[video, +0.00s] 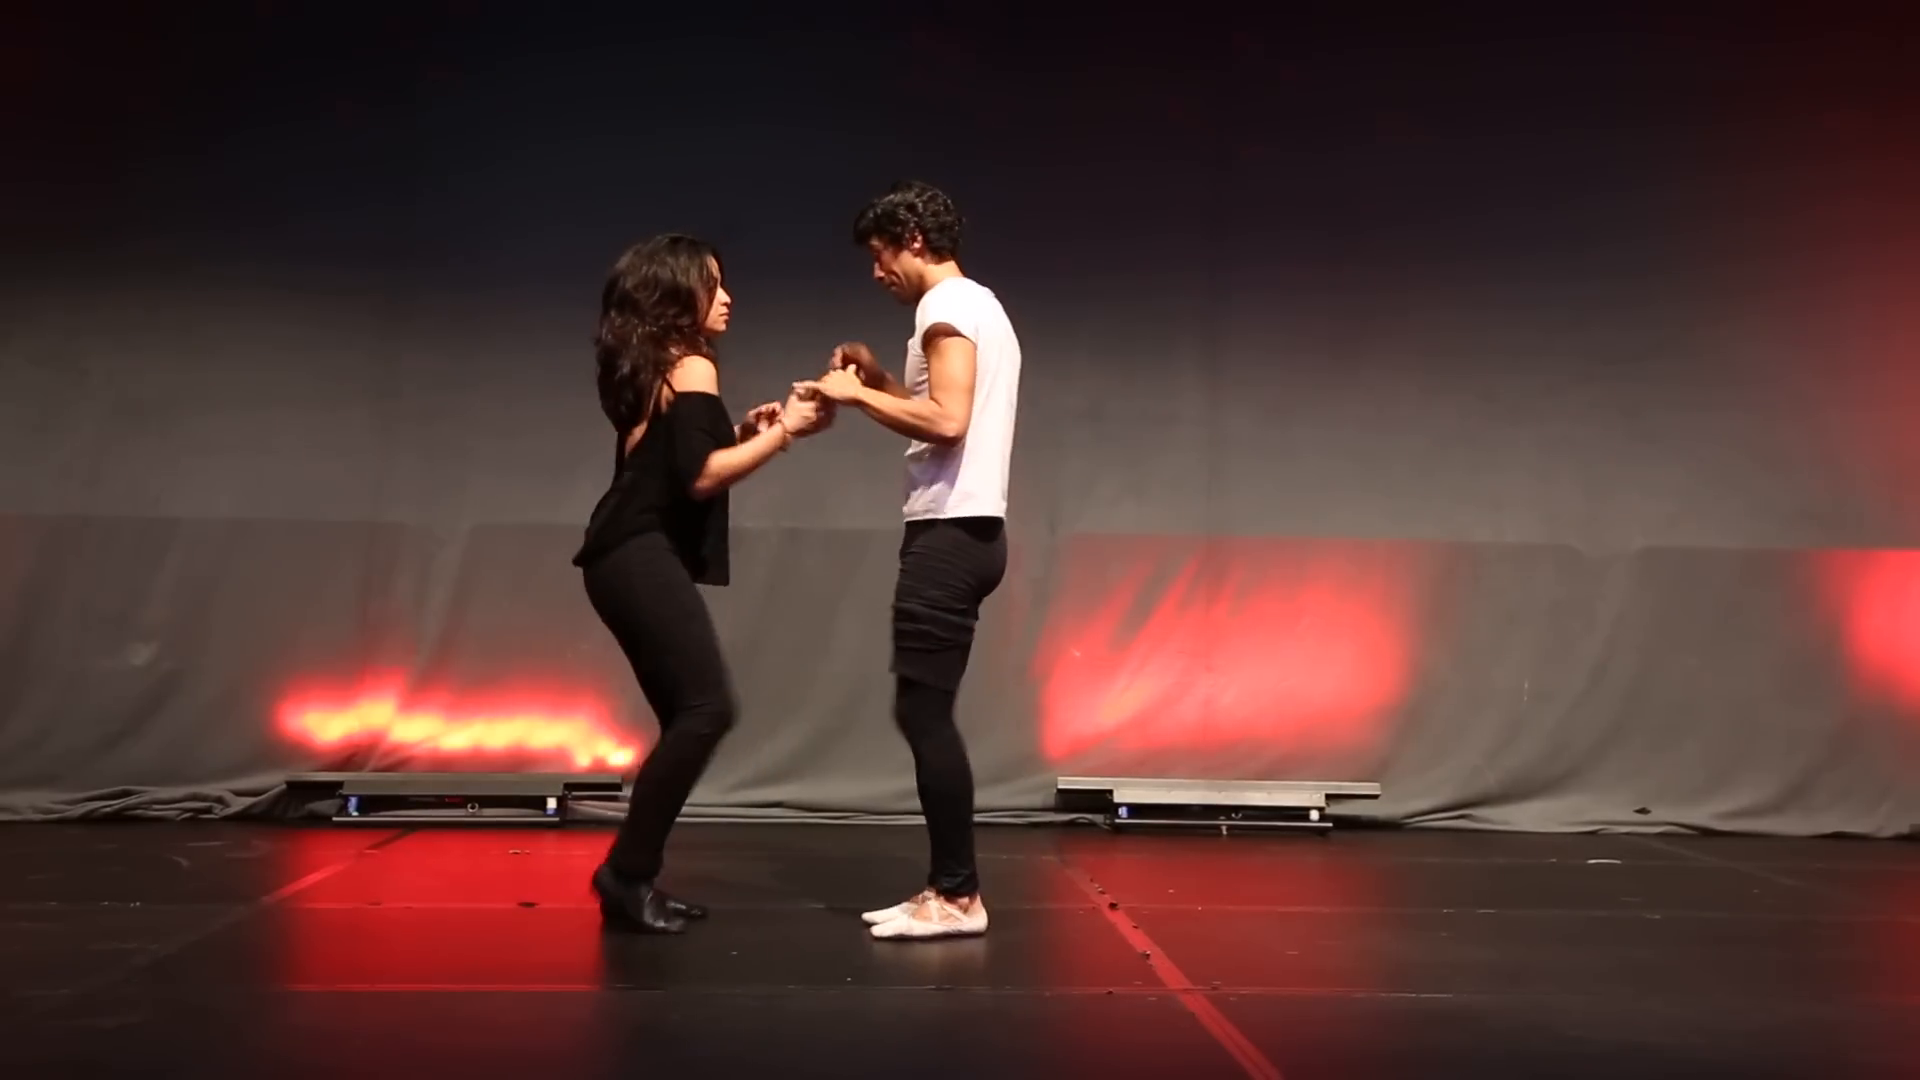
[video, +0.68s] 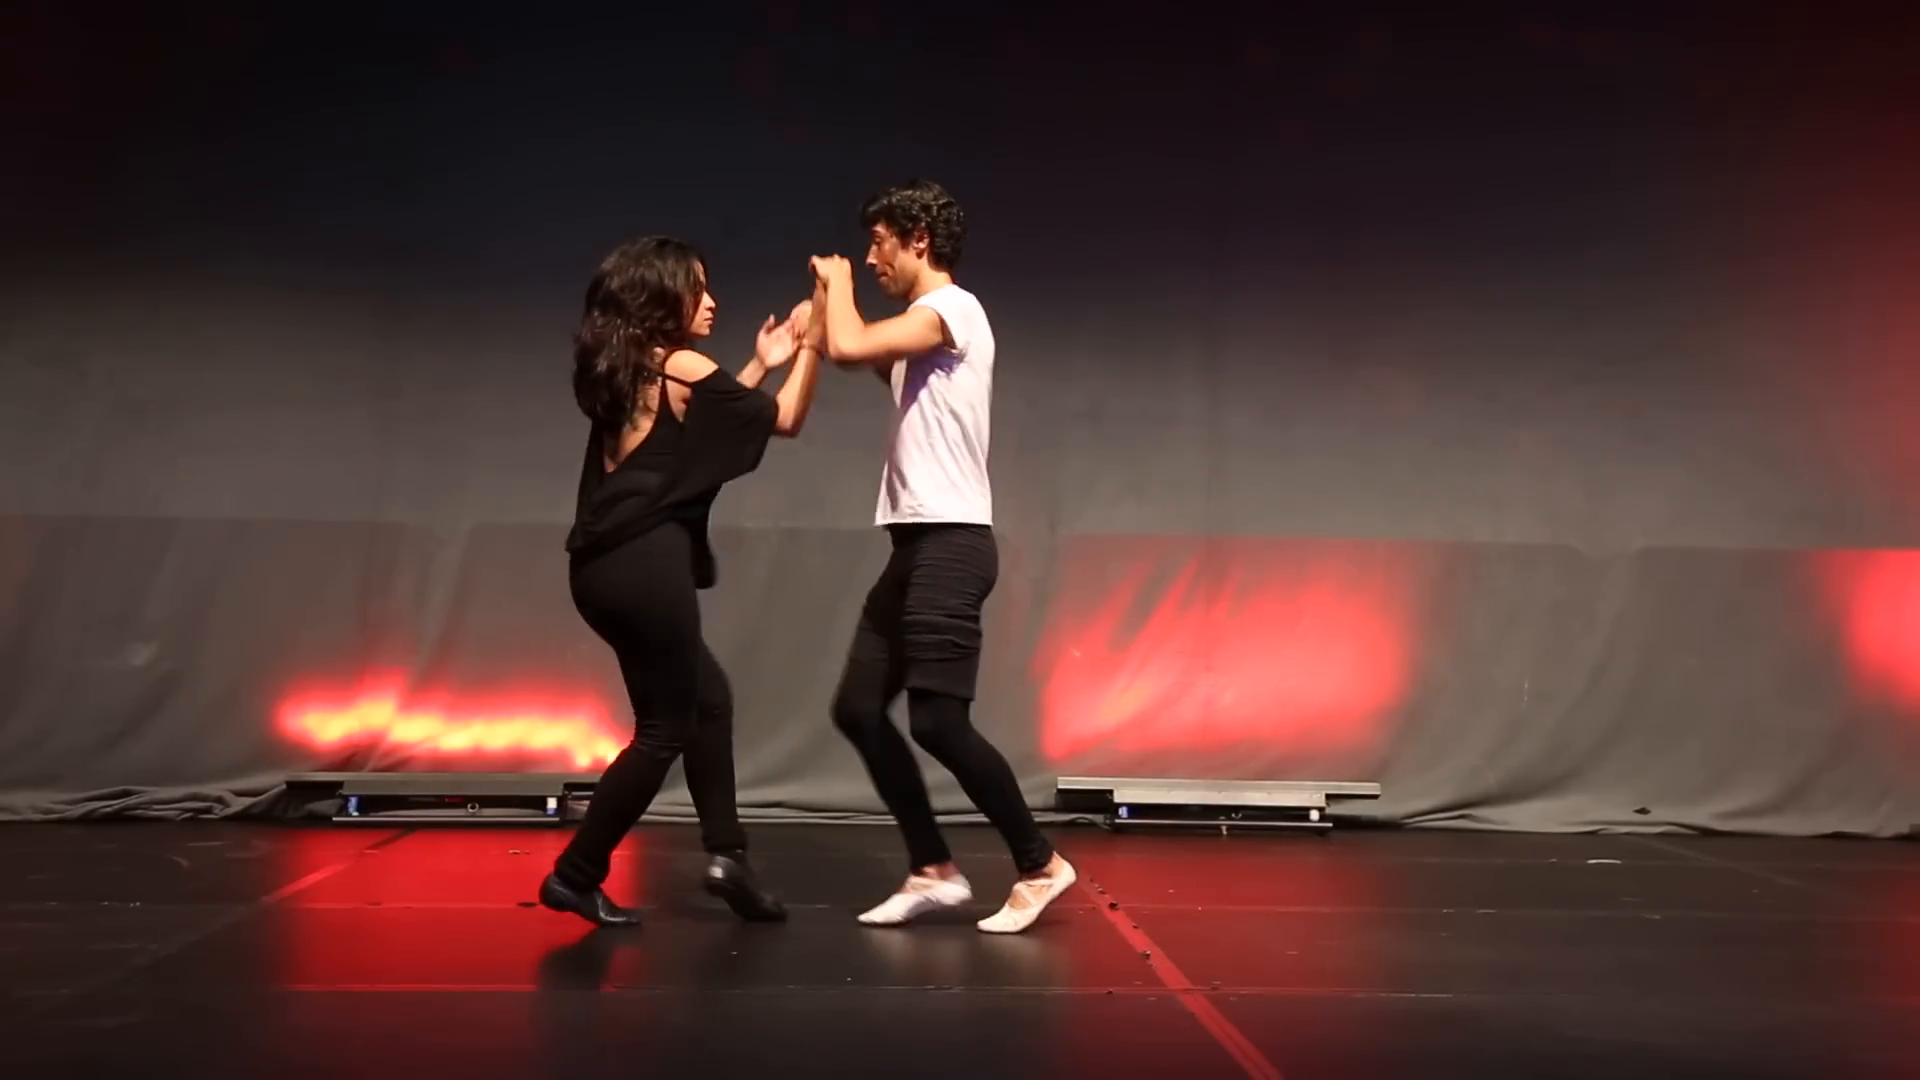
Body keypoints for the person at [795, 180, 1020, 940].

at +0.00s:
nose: (876, 273)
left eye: (880, 256)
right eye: (872, 259)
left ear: (914, 243)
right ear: (928, 247)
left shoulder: (948, 306)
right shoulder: (971, 307)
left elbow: (949, 419)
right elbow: (943, 415)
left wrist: (856, 394)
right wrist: (879, 379)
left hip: (949, 534)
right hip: (960, 532)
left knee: (924, 710)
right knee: (924, 710)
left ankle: (956, 895)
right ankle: (950, 888)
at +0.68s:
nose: (869, 259)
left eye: (878, 244)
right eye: (869, 246)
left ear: (918, 242)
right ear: (911, 247)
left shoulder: (952, 309)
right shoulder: (921, 323)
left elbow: (848, 343)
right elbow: (864, 355)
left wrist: (837, 278)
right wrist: (825, 322)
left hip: (953, 540)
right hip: (915, 541)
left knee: (938, 720)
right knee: (860, 709)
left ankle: (1041, 867)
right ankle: (935, 872)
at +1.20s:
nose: (833, 245)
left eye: (843, 230)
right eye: (835, 232)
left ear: (878, 233)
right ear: (872, 237)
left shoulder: (910, 300)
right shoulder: (870, 321)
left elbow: (793, 284)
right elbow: (778, 325)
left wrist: (793, 200)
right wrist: (753, 229)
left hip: (920, 528)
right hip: (897, 529)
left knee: (885, 707)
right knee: (880, 710)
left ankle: (955, 883)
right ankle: (906, 879)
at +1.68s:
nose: (880, 236)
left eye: (885, 222)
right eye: (882, 222)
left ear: (914, 221)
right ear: (945, 228)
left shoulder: (926, 288)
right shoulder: (977, 309)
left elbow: (793, 318)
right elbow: (884, 400)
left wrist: (805, 243)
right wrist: (817, 294)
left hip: (919, 524)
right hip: (937, 523)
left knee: (901, 709)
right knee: (883, 700)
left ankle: (955, 908)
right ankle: (904, 880)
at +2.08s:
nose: (918, 228)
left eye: (923, 213)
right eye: (921, 214)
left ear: (947, 218)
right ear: (987, 226)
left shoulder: (956, 293)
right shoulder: (1003, 311)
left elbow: (822, 330)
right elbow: (915, 428)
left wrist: (820, 252)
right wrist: (861, 338)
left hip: (948, 539)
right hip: (1005, 538)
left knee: (908, 724)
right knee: (984, 728)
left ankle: (955, 912)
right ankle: (1041, 902)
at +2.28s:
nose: (903, 216)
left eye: (908, 204)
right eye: (906, 202)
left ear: (921, 215)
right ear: (985, 225)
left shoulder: (894, 287)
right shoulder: (1015, 310)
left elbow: (772, 300)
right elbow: (943, 310)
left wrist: (821, 219)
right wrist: (884, 255)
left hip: (924, 535)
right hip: (1003, 538)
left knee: (878, 719)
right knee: (997, 729)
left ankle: (892, 911)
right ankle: (1058, 909)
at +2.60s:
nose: (939, 241)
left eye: (938, 226)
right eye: (932, 225)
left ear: (854, 226)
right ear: (898, 226)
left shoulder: (791, 306)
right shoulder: (934, 289)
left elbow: (790, 322)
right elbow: (1060, 243)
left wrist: (836, 264)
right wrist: (983, 178)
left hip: (821, 531)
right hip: (897, 522)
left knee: (860, 734)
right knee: (966, 724)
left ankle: (823, 922)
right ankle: (1059, 889)